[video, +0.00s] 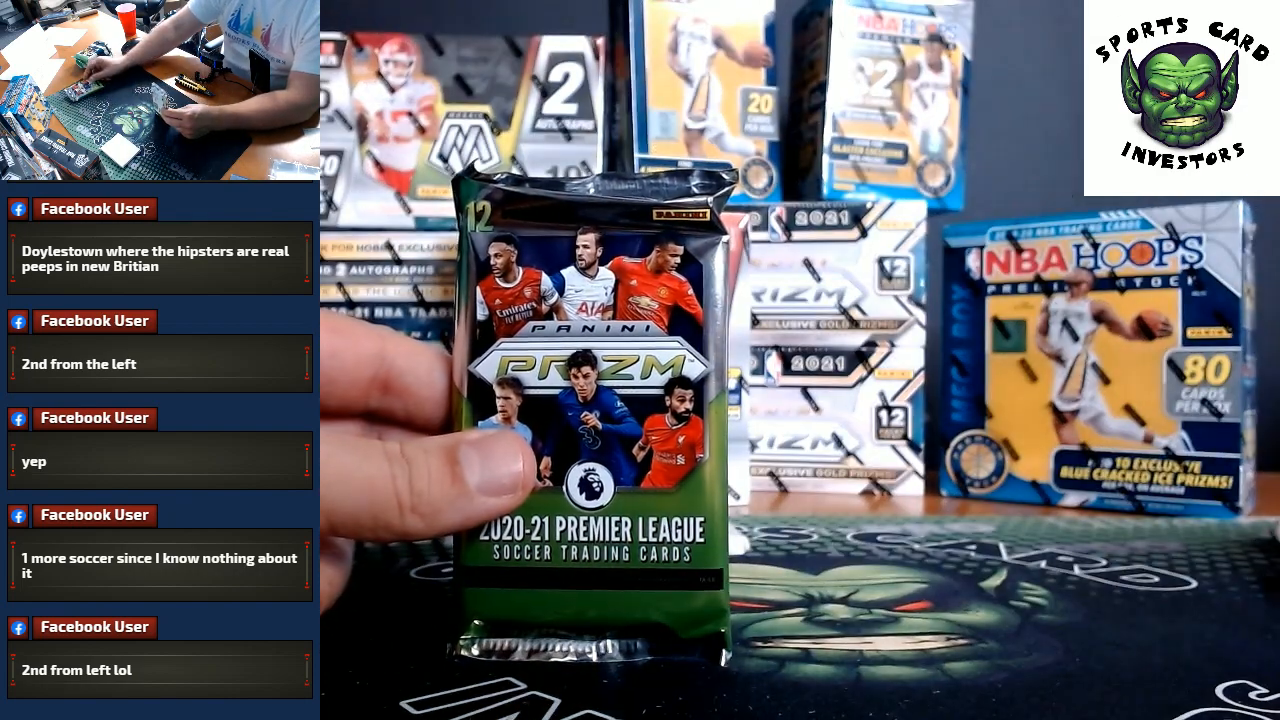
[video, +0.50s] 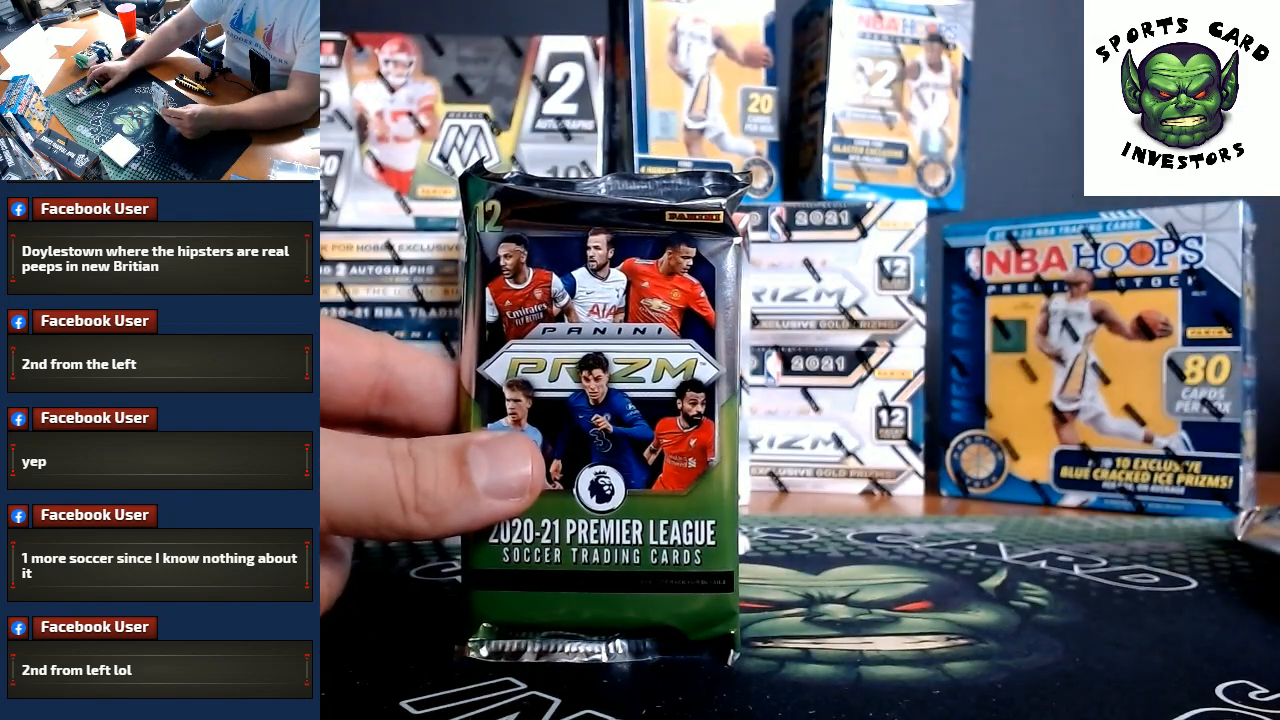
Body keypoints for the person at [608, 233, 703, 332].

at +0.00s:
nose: (678, 261)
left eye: (680, 256)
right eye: (673, 256)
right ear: (657, 252)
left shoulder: (679, 284)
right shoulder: (622, 265)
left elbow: (702, 318)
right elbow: (595, 285)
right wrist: (606, 308)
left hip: (657, 346)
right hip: (622, 343)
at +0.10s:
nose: (678, 261)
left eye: (680, 256)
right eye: (673, 256)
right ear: (657, 252)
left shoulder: (679, 284)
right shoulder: (622, 265)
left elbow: (703, 319)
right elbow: (595, 285)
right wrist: (606, 309)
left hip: (657, 346)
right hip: (622, 343)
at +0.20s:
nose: (680, 262)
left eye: (681, 257)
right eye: (675, 256)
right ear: (659, 252)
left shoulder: (680, 285)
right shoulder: (623, 266)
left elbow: (705, 319)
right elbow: (597, 285)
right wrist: (607, 309)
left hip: (658, 347)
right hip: (624, 344)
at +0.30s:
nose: (687, 263)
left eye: (689, 258)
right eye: (682, 257)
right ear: (666, 254)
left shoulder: (688, 286)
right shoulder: (631, 267)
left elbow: (712, 320)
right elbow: (603, 285)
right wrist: (615, 310)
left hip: (665, 348)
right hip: (630, 345)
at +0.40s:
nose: (690, 263)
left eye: (692, 258)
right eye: (685, 258)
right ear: (670, 254)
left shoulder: (692, 286)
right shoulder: (634, 267)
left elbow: (716, 321)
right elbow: (606, 285)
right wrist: (618, 311)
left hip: (668, 348)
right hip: (633, 345)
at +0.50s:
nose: (690, 263)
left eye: (692, 258)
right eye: (685, 258)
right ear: (669, 254)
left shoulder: (691, 287)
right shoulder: (634, 267)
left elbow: (716, 322)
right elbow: (606, 285)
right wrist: (619, 311)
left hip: (668, 348)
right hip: (633, 345)